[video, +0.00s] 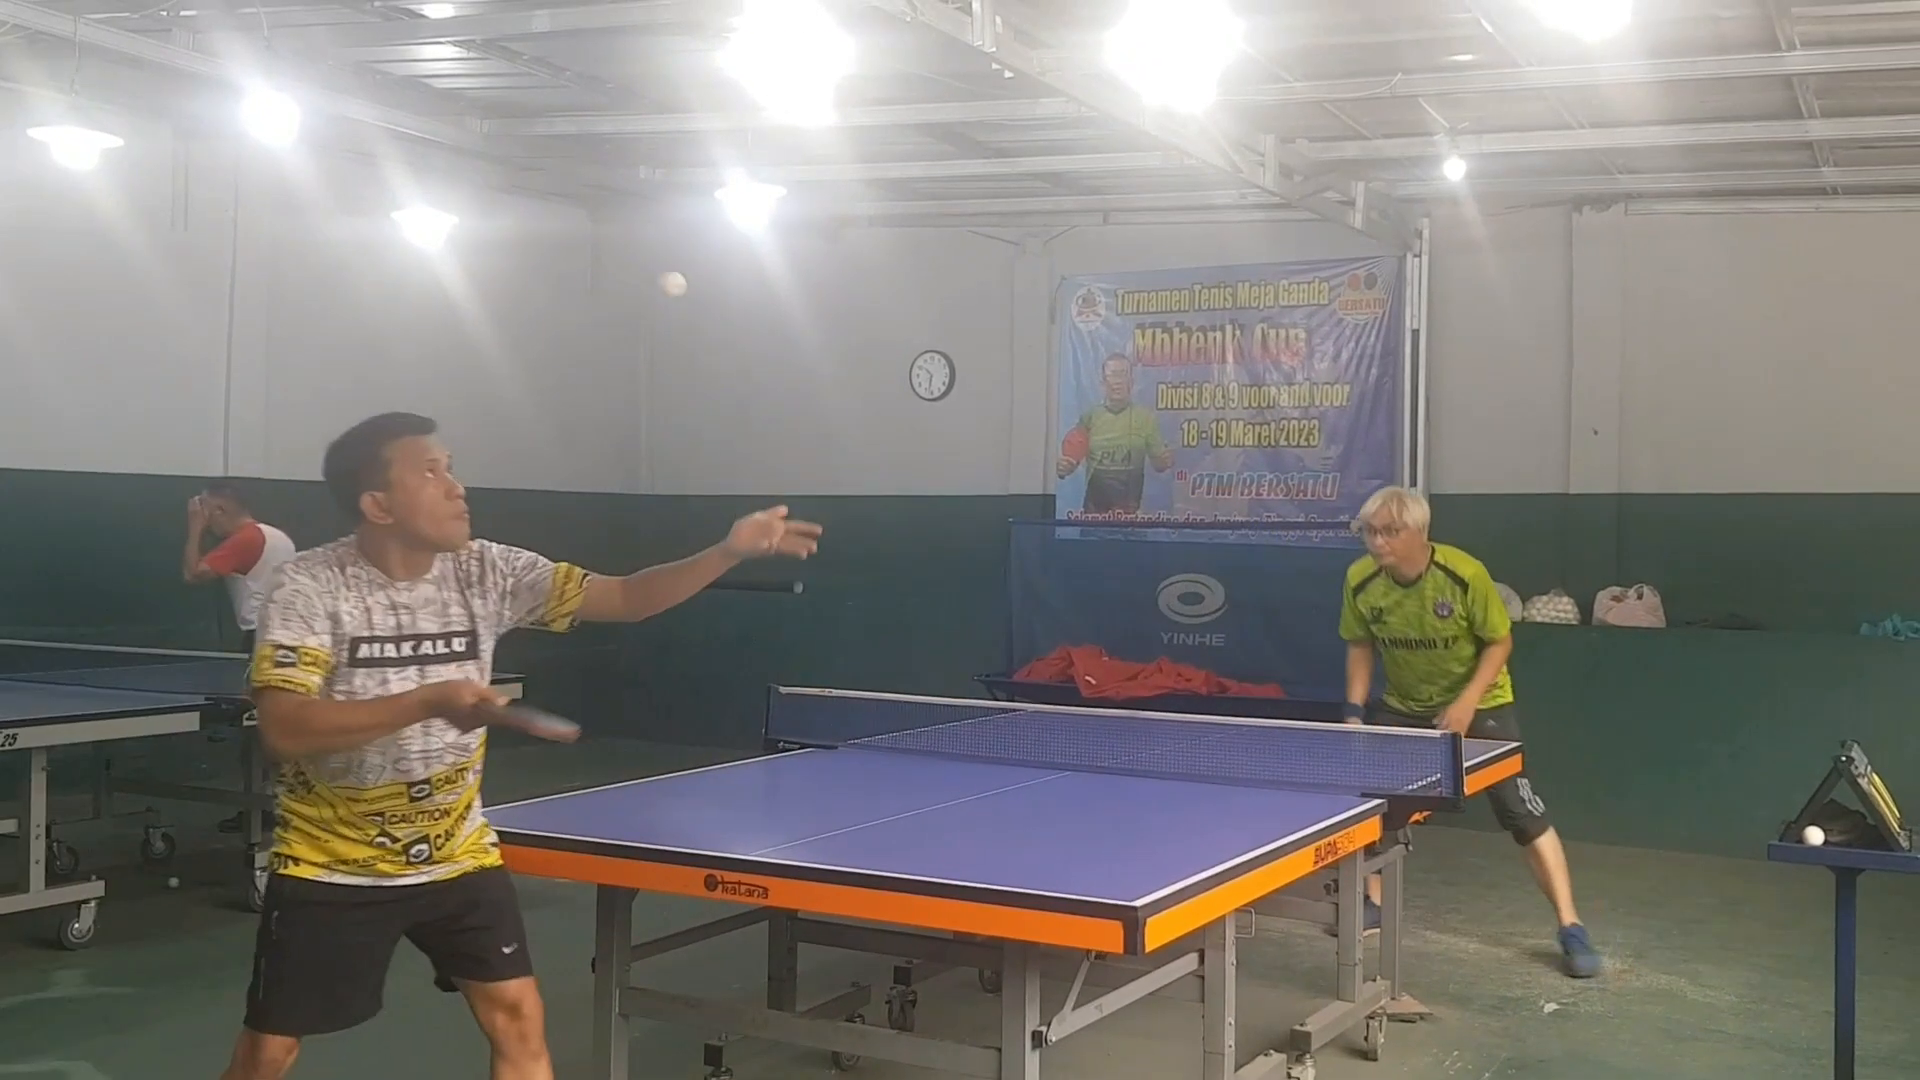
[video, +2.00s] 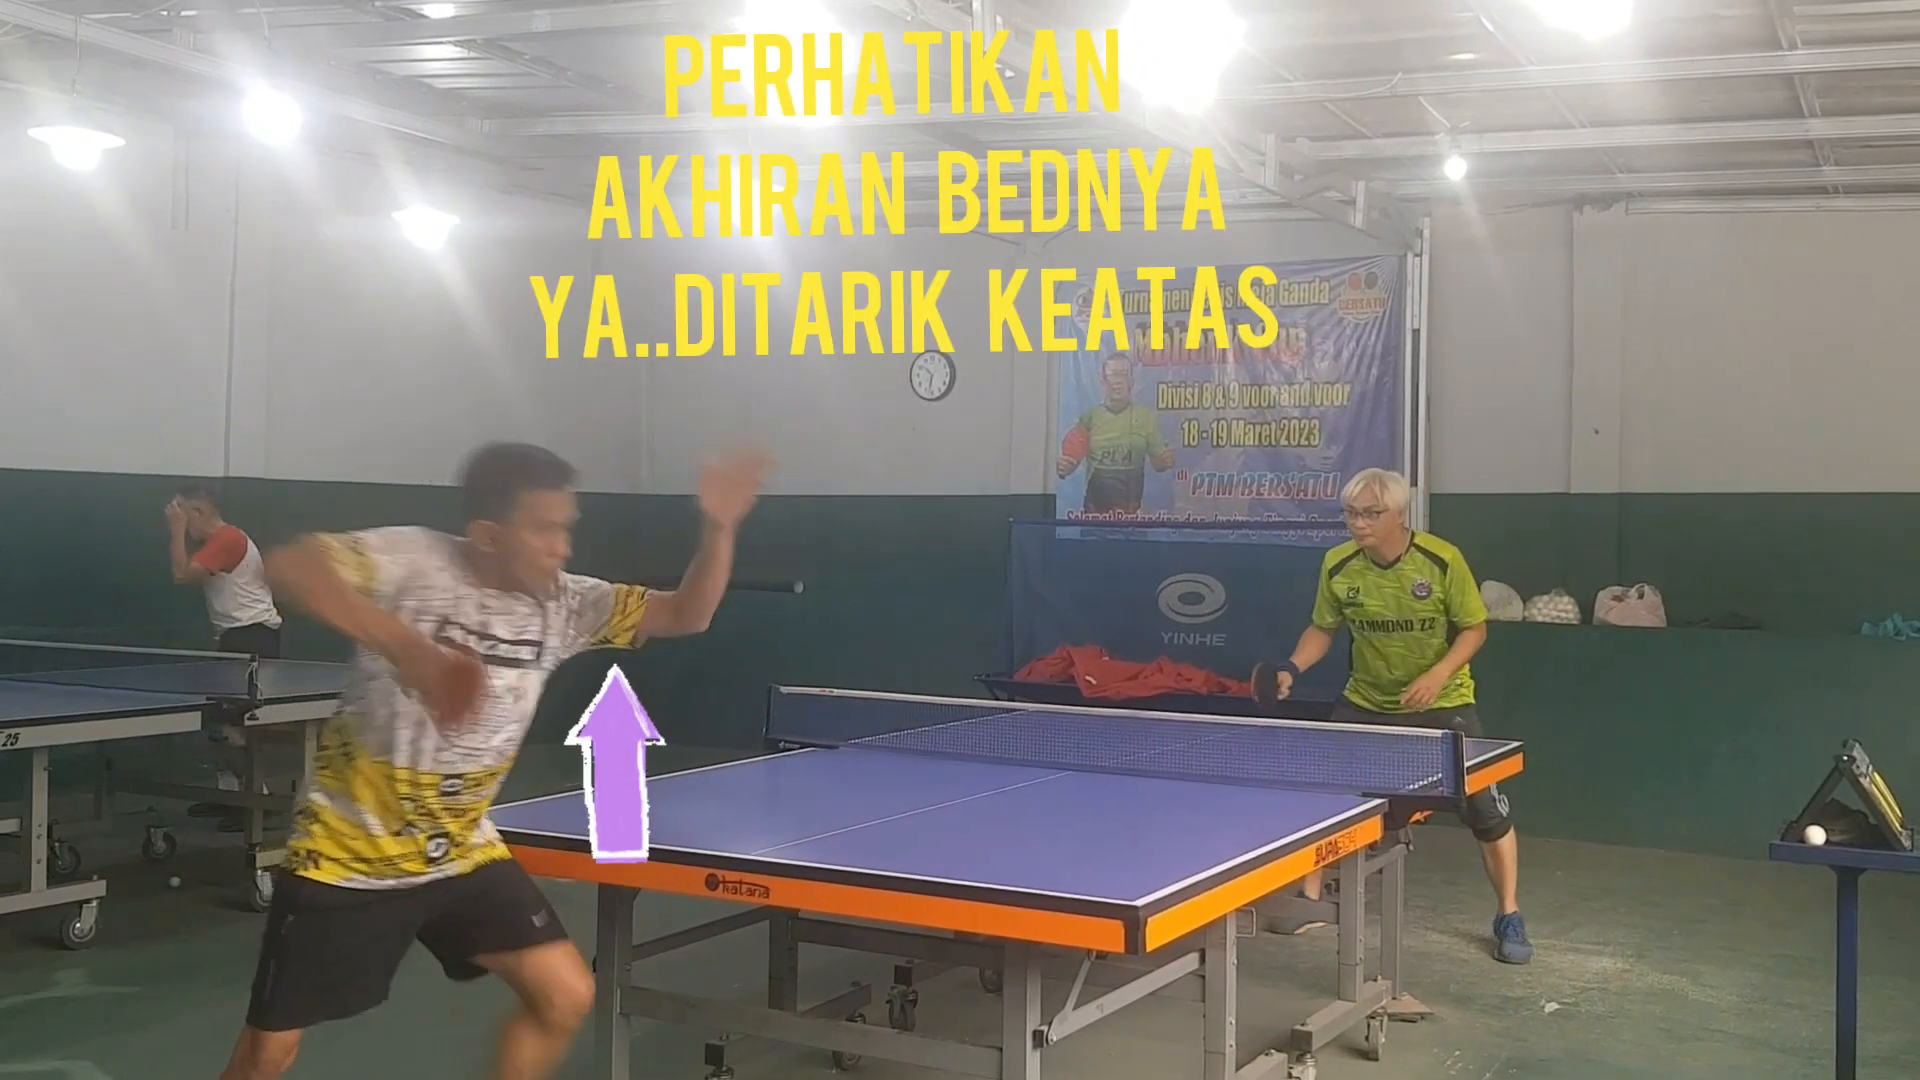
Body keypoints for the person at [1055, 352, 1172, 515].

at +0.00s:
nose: (1116, 382)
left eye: (1122, 375)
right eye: (1111, 375)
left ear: (1131, 380)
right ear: (1103, 381)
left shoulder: (1144, 418)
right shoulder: (1090, 418)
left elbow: (1157, 462)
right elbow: (1074, 450)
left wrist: (1164, 460)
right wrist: (1064, 466)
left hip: (1129, 505)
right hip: (1095, 506)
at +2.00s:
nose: (1117, 382)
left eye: (1123, 375)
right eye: (1111, 375)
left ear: (1132, 380)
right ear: (1102, 380)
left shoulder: (1145, 418)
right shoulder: (1091, 417)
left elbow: (1158, 462)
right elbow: (1074, 450)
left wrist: (1165, 460)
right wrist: (1064, 466)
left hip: (1131, 506)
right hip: (1096, 506)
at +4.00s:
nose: (1120, 378)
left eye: (1126, 372)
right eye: (1114, 372)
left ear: (1134, 379)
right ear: (1105, 378)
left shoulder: (1147, 416)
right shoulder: (1093, 416)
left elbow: (1161, 461)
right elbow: (1077, 449)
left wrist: (1168, 458)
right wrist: (1067, 464)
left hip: (1133, 504)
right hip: (1098, 505)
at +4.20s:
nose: (1120, 378)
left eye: (1126, 372)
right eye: (1114, 372)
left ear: (1135, 379)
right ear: (1106, 379)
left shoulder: (1148, 416)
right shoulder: (1093, 416)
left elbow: (1161, 459)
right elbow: (1077, 448)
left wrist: (1169, 457)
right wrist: (1068, 464)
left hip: (1134, 507)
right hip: (1099, 507)